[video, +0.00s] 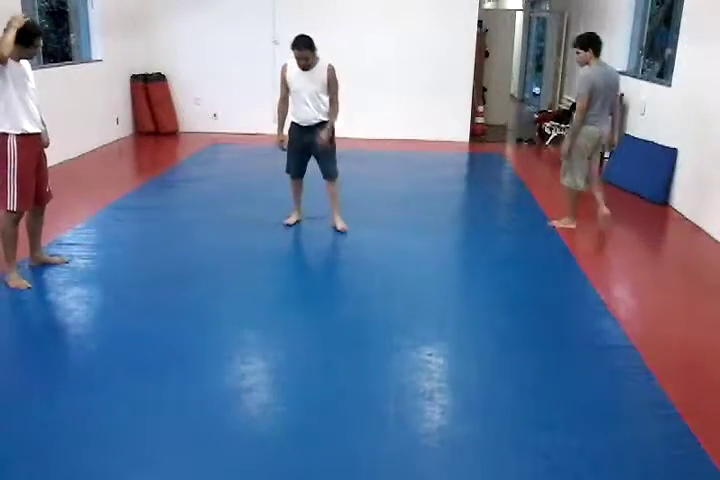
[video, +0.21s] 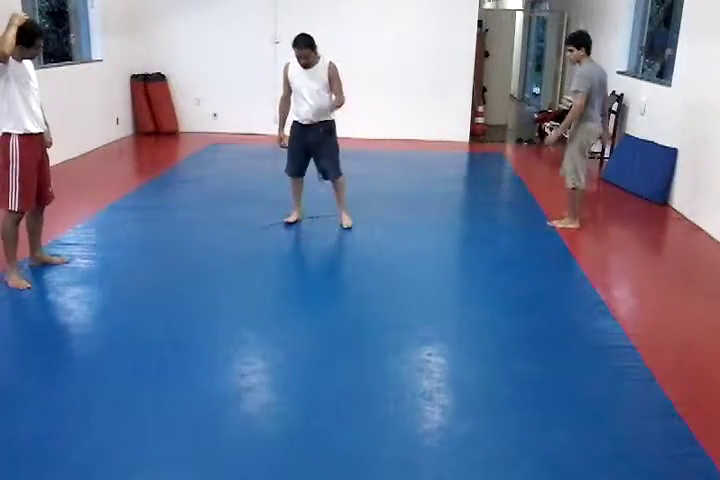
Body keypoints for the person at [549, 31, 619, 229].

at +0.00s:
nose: (576, 57)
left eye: (578, 53)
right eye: (575, 53)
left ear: (589, 52)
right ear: (593, 52)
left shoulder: (587, 75)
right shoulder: (612, 74)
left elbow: (580, 111)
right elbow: (615, 107)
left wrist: (568, 139)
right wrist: (613, 134)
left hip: (585, 129)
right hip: (602, 129)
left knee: (572, 173)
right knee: (593, 173)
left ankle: (570, 217)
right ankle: (602, 206)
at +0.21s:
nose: (567, 55)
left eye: (570, 51)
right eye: (567, 51)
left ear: (581, 50)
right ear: (584, 51)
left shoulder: (584, 71)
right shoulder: (599, 70)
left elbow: (578, 106)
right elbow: (604, 102)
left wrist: (559, 130)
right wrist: (604, 127)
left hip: (584, 125)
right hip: (595, 125)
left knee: (572, 168)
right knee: (577, 167)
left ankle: (572, 217)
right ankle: (575, 213)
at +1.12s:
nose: (588, 61)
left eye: (592, 57)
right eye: (585, 56)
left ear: (602, 55)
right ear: (583, 54)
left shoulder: (612, 78)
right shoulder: (579, 74)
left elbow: (619, 110)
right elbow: (574, 104)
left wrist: (614, 140)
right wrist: (566, 129)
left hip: (598, 130)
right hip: (577, 127)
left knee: (593, 177)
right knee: (562, 169)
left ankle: (587, 220)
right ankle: (567, 207)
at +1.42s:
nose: (587, 62)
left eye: (592, 59)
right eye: (586, 57)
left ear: (604, 58)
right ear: (584, 55)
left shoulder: (615, 82)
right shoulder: (580, 75)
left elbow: (622, 115)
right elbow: (571, 104)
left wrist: (624, 147)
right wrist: (561, 127)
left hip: (599, 136)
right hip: (576, 131)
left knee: (593, 187)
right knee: (563, 182)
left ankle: (587, 222)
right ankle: (564, 225)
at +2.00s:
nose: (574, 61)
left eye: (579, 57)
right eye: (572, 56)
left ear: (592, 57)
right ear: (570, 55)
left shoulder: (606, 82)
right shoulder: (564, 77)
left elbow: (613, 118)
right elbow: (551, 107)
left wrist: (610, 152)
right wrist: (535, 132)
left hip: (591, 144)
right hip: (564, 142)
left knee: (589, 199)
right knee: (555, 193)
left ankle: (582, 237)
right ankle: (560, 238)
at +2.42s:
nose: (588, 65)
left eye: (593, 61)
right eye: (587, 60)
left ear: (608, 61)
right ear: (588, 59)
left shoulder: (622, 92)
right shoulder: (583, 80)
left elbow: (624, 132)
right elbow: (570, 112)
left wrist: (622, 168)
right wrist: (555, 139)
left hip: (604, 155)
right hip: (576, 150)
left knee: (597, 218)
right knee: (560, 204)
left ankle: (594, 267)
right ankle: (562, 239)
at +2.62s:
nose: (584, 62)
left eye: (590, 58)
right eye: (585, 57)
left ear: (606, 61)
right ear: (594, 59)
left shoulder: (625, 92)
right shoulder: (586, 83)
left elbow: (630, 135)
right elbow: (579, 118)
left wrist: (625, 173)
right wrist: (573, 149)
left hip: (606, 159)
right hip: (578, 153)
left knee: (601, 220)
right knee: (563, 213)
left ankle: (594, 269)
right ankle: (571, 263)